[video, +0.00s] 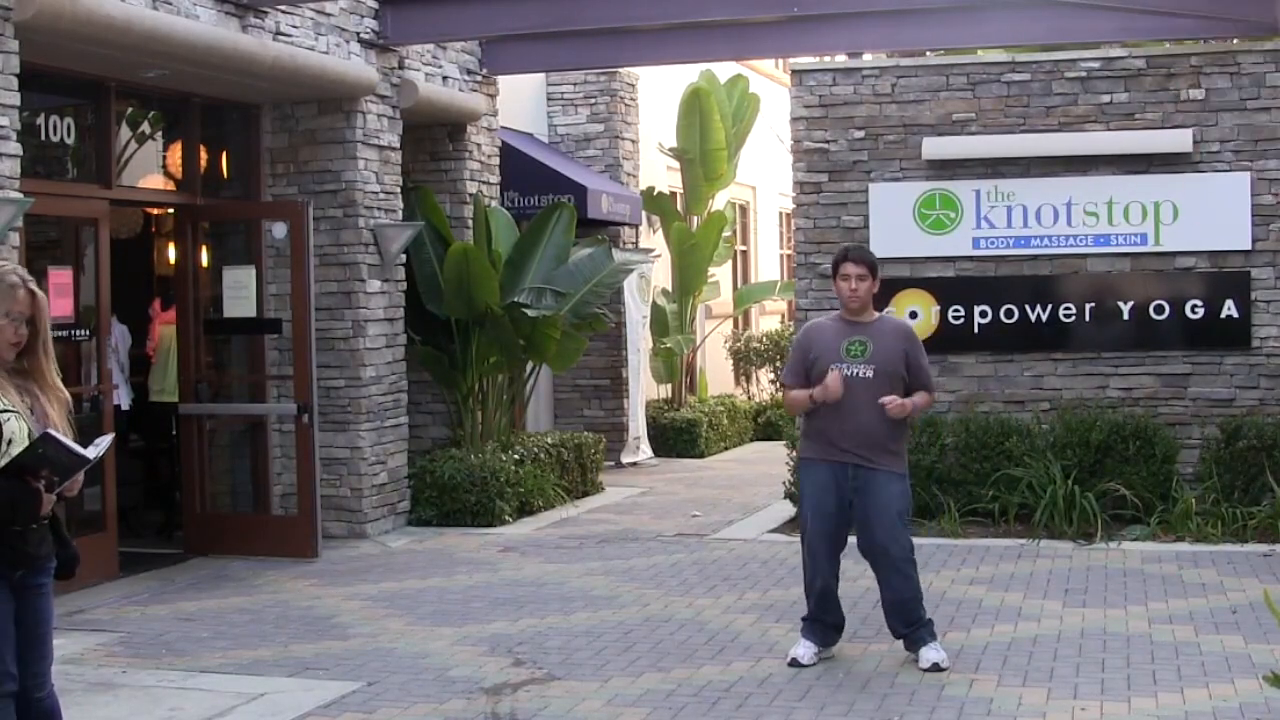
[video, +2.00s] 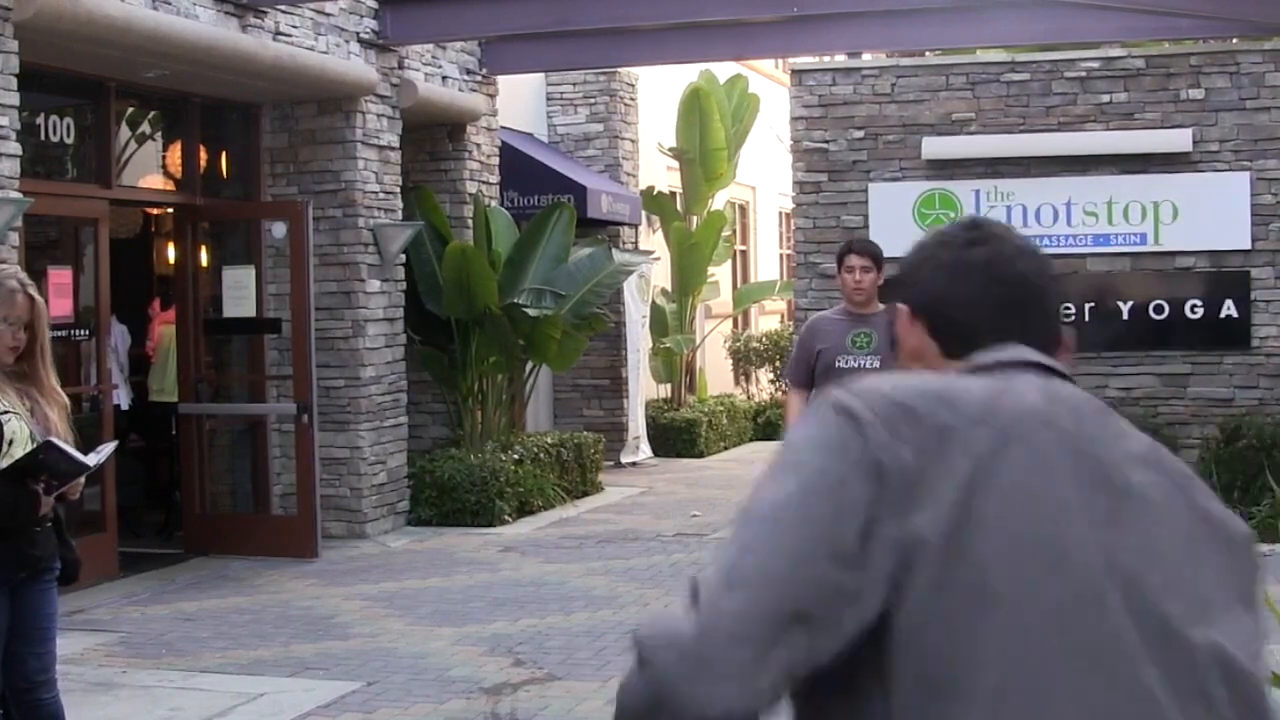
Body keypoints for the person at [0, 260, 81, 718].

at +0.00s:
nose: (18, 331)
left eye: (25, 321)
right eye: (10, 319)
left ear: (33, 327)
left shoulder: (43, 388)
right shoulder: (5, 387)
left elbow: (62, 462)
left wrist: (69, 484)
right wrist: (31, 497)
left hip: (38, 552)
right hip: (3, 551)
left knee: (37, 684)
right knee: (6, 685)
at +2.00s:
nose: (16, 336)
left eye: (23, 326)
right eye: (7, 323)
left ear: (32, 330)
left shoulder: (41, 392)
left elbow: (63, 465)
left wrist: (69, 487)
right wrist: (29, 499)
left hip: (37, 561)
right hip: (3, 560)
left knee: (37, 690)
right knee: (12, 692)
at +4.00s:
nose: (12, 335)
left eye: (20, 324)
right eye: (5, 322)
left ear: (32, 331)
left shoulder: (38, 394)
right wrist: (22, 504)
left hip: (34, 565)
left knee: (40, 699)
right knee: (17, 700)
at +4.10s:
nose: (18, 335)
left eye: (25, 325)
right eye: (8, 323)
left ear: (34, 331)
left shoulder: (41, 394)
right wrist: (26, 504)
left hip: (36, 562)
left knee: (40, 696)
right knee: (15, 698)